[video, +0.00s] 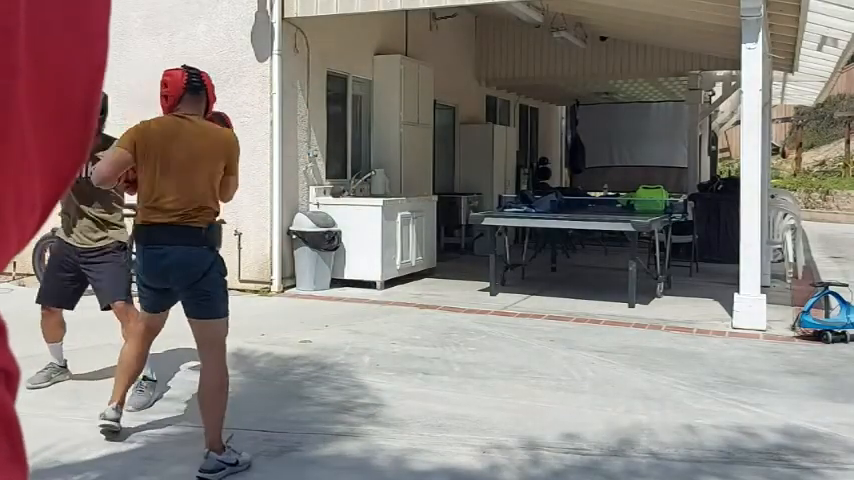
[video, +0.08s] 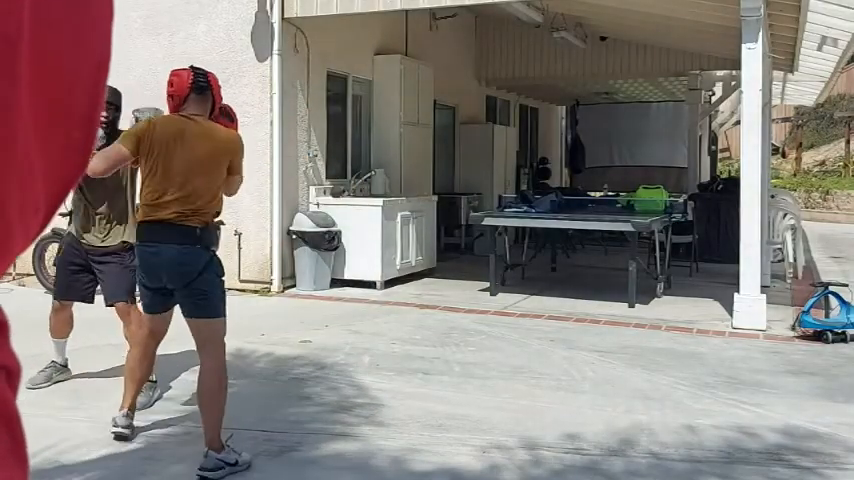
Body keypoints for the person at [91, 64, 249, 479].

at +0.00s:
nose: (210, 106)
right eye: (210, 101)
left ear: (167, 99)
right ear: (207, 101)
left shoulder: (142, 131)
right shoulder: (225, 138)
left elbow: (100, 178)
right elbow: (225, 194)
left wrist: (124, 174)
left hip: (150, 250)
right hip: (199, 253)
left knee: (144, 328)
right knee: (212, 353)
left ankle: (113, 408)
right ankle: (215, 450)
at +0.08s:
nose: (214, 104)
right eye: (214, 97)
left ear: (174, 99)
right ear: (212, 98)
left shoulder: (151, 128)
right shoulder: (228, 139)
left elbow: (97, 167)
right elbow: (232, 187)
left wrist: (84, 148)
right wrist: (224, 141)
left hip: (151, 249)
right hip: (196, 252)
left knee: (148, 335)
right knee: (211, 351)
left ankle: (125, 413)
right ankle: (215, 449)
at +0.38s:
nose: (237, 126)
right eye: (238, 121)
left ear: (197, 118)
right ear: (237, 124)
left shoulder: (169, 146)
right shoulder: (243, 171)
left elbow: (122, 161)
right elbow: (232, 223)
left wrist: (151, 155)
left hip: (163, 265)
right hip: (210, 271)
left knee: (153, 340)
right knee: (259, 351)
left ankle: (123, 417)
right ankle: (266, 445)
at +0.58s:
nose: (272, 98)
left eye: (226, 92)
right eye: (271, 92)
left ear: (226, 93)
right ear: (267, 93)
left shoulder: (203, 128)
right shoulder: (285, 137)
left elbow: (154, 177)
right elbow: (286, 193)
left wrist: (189, 172)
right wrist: (243, 178)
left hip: (202, 249)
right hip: (251, 252)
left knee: (183, 331)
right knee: (271, 347)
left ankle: (155, 414)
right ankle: (271, 449)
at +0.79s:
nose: (285, 91)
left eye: (241, 82)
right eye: (285, 85)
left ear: (241, 84)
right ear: (283, 86)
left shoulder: (217, 121)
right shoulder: (304, 127)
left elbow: (174, 174)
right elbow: (305, 188)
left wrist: (213, 173)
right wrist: (259, 181)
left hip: (230, 248)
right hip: (280, 246)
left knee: (228, 342)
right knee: (286, 357)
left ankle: (218, 421)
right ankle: (287, 459)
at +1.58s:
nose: (253, 127)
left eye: (248, 122)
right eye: (252, 121)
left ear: (214, 120)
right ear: (248, 121)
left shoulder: (190, 147)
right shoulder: (257, 154)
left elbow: (162, 158)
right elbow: (276, 215)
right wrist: (276, 179)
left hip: (197, 262)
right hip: (241, 263)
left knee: (202, 327)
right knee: (286, 347)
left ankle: (171, 390)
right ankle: (278, 439)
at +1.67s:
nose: (237, 134)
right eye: (236, 128)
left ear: (198, 127)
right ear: (233, 129)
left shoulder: (174, 156)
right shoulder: (243, 161)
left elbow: (143, 195)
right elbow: (271, 215)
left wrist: (156, 164)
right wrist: (268, 195)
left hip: (187, 271)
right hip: (231, 269)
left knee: (192, 330)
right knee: (275, 345)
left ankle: (159, 396)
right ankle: (278, 427)